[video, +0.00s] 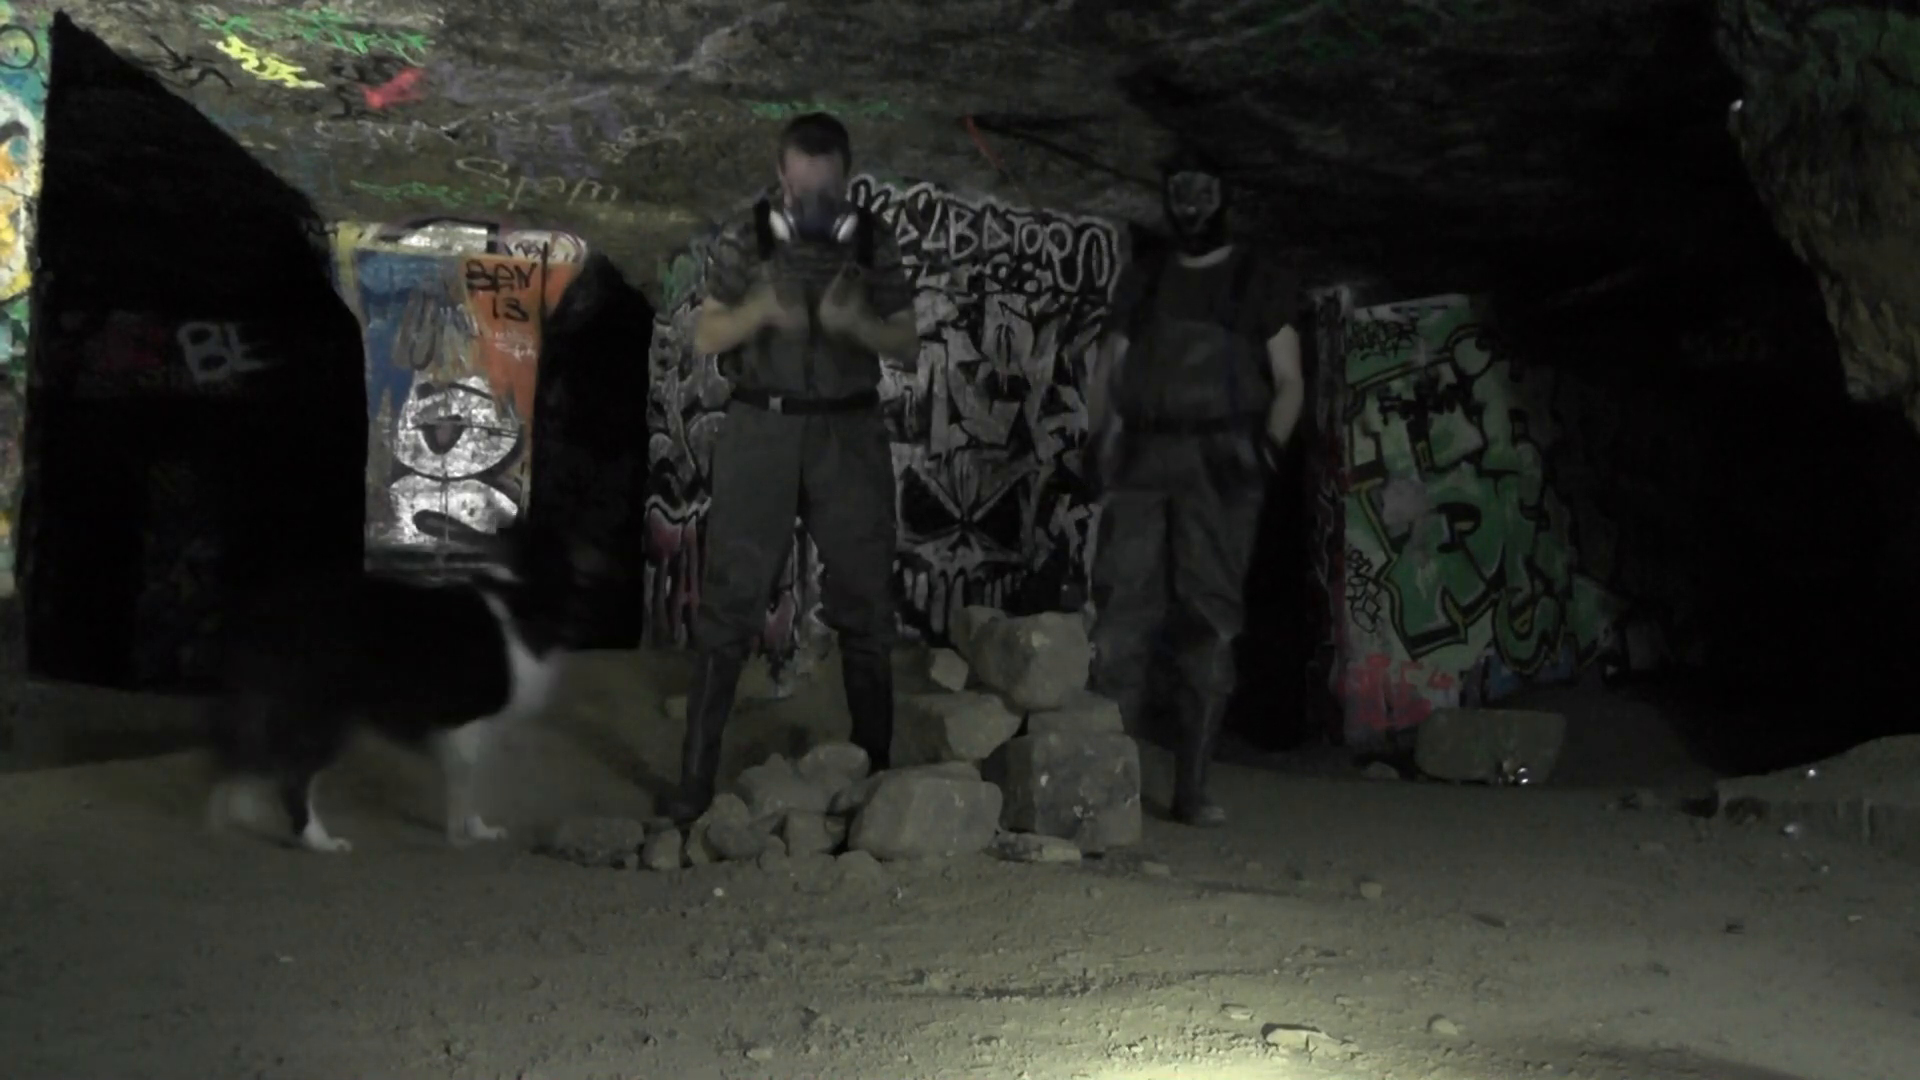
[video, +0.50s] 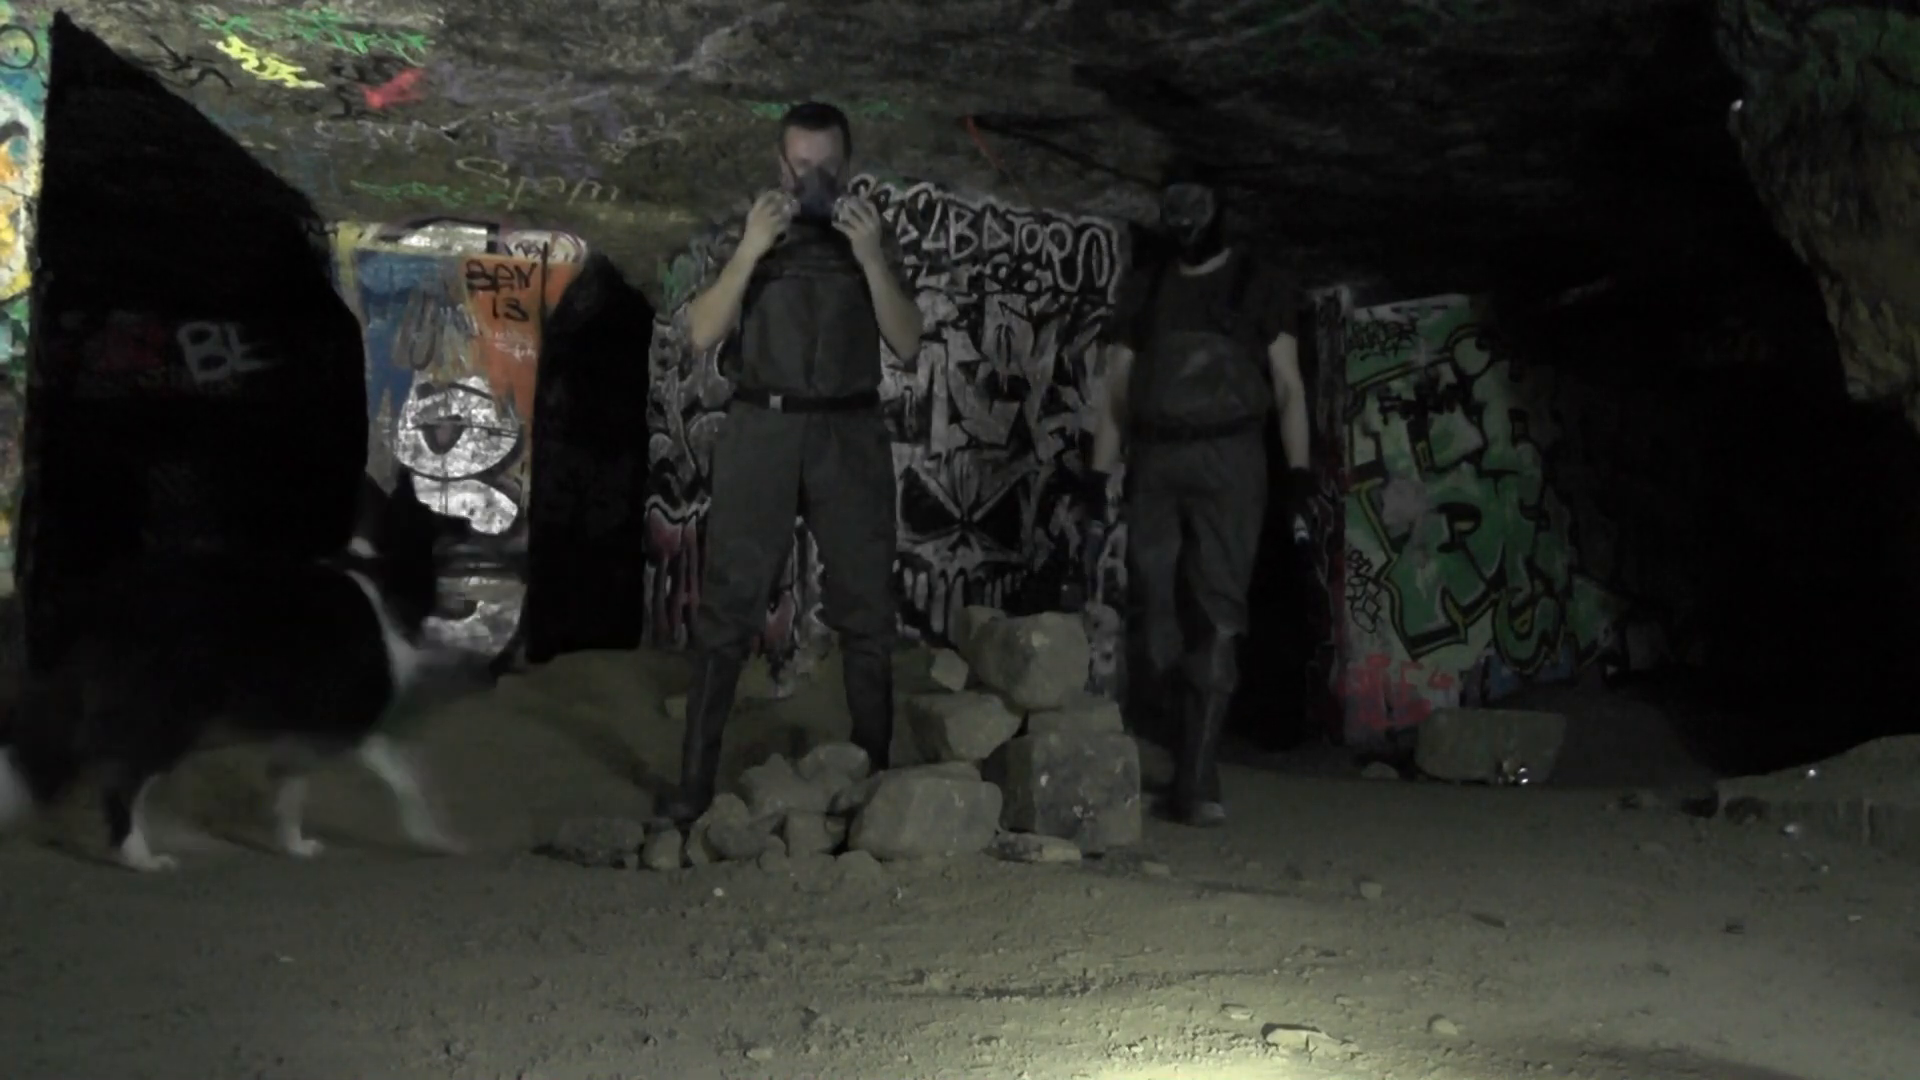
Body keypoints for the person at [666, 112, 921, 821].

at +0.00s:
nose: (812, 202)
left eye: (826, 188)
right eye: (800, 188)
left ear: (847, 177)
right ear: (780, 174)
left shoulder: (871, 239)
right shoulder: (743, 238)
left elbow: (906, 345)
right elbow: (705, 335)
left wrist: (855, 319)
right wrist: (762, 309)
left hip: (849, 444)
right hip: (759, 442)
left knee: (864, 612)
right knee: (731, 608)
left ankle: (875, 778)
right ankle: (695, 783)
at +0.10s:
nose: (812, 193)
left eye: (826, 180)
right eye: (799, 179)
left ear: (848, 173)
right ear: (779, 169)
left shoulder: (868, 240)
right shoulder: (742, 238)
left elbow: (907, 346)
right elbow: (701, 339)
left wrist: (866, 283)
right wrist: (751, 276)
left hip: (850, 445)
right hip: (759, 442)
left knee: (863, 615)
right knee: (731, 610)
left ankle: (875, 782)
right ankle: (695, 785)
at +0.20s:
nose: (813, 187)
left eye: (826, 175)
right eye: (801, 174)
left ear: (848, 170)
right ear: (780, 166)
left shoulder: (867, 235)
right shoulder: (750, 232)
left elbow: (907, 343)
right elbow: (701, 335)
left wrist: (871, 260)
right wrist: (751, 253)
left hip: (849, 445)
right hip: (759, 443)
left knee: (863, 616)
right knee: (730, 611)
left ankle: (874, 783)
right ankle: (694, 786)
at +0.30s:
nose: (812, 184)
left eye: (825, 172)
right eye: (801, 171)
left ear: (848, 168)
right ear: (780, 164)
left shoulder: (867, 236)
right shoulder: (748, 235)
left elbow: (907, 341)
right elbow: (701, 336)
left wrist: (871, 250)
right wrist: (750, 249)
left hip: (849, 445)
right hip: (759, 443)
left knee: (863, 617)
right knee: (730, 612)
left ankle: (874, 783)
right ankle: (695, 786)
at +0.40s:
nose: (812, 182)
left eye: (825, 170)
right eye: (801, 169)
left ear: (848, 165)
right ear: (781, 162)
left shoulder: (868, 236)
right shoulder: (748, 235)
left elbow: (907, 340)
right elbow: (701, 334)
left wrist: (870, 250)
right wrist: (750, 248)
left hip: (850, 444)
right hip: (759, 442)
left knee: (864, 617)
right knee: (730, 611)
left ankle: (874, 783)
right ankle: (694, 785)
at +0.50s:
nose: (809, 181)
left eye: (823, 169)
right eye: (799, 168)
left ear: (847, 166)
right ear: (780, 162)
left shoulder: (869, 238)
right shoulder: (748, 236)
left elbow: (906, 342)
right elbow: (701, 333)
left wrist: (870, 251)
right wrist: (752, 247)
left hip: (850, 444)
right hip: (760, 443)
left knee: (865, 618)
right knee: (730, 612)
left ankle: (873, 783)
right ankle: (694, 786)